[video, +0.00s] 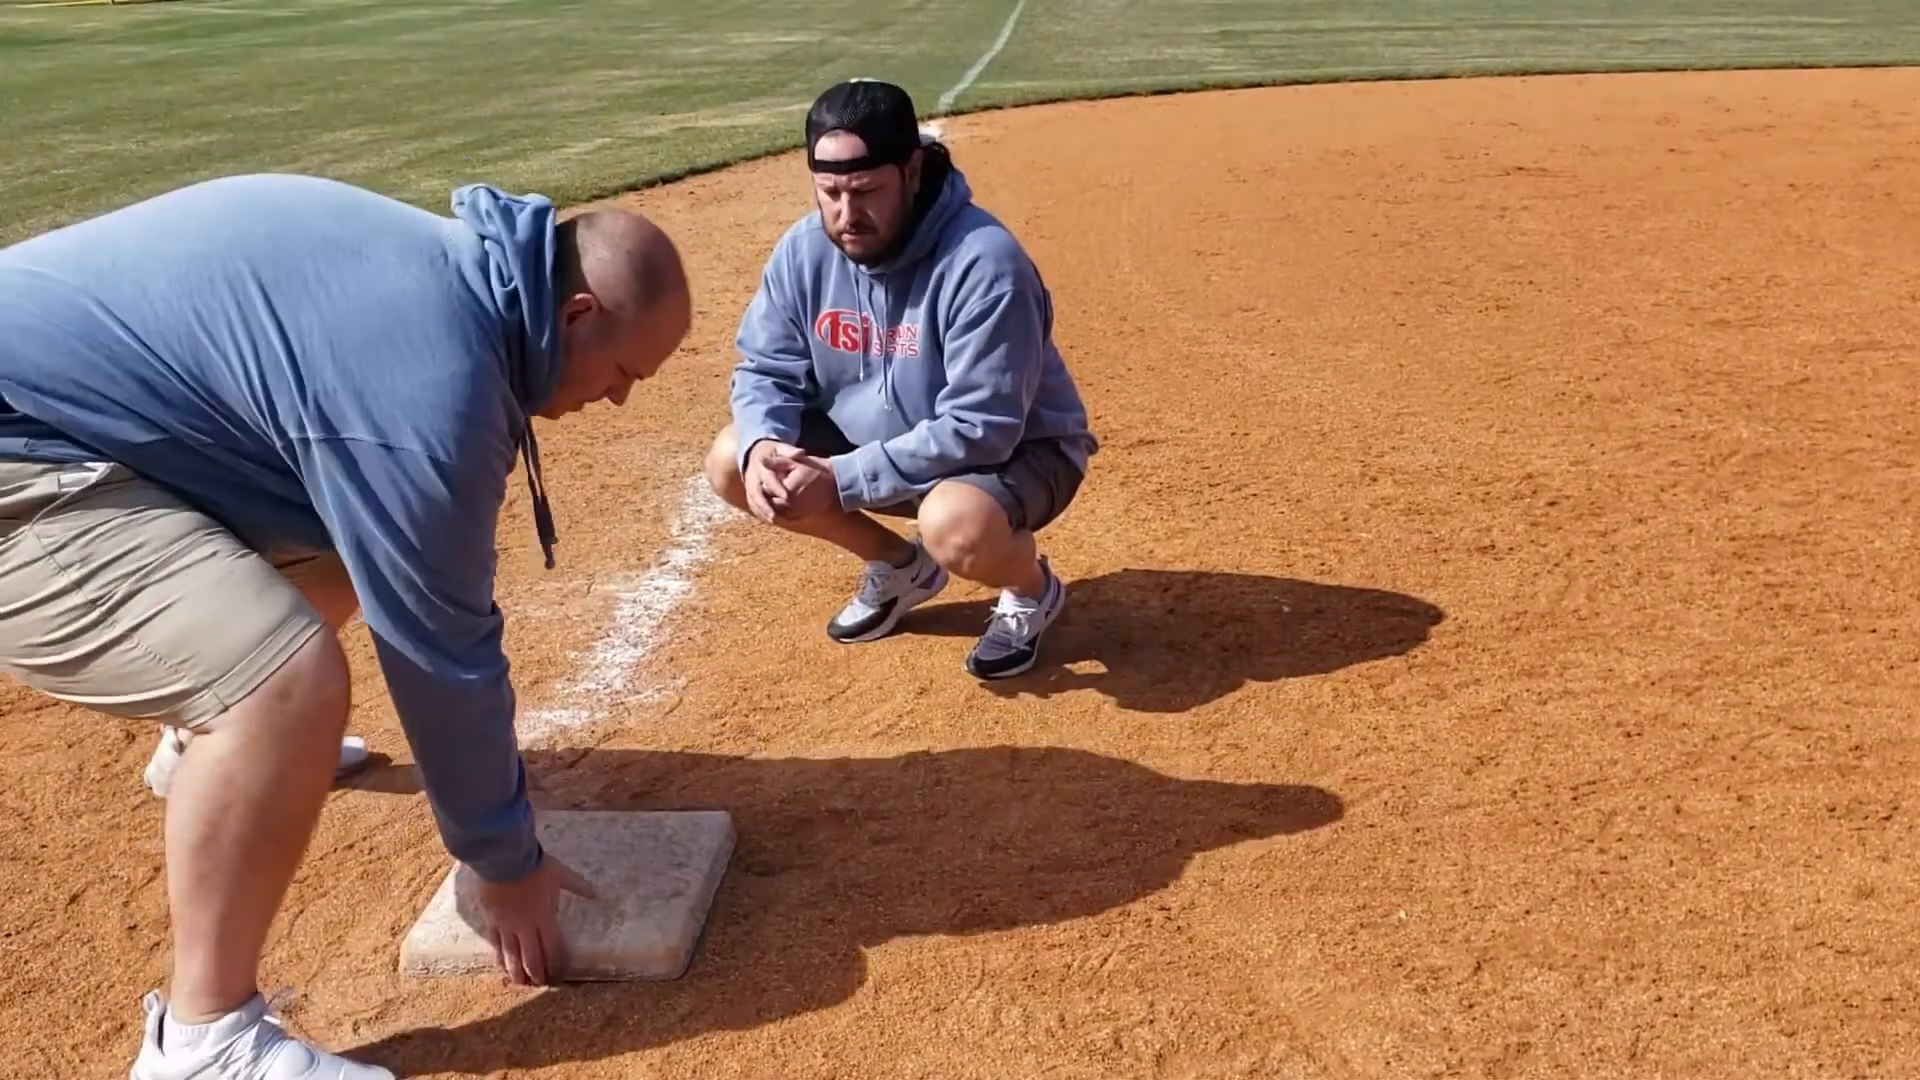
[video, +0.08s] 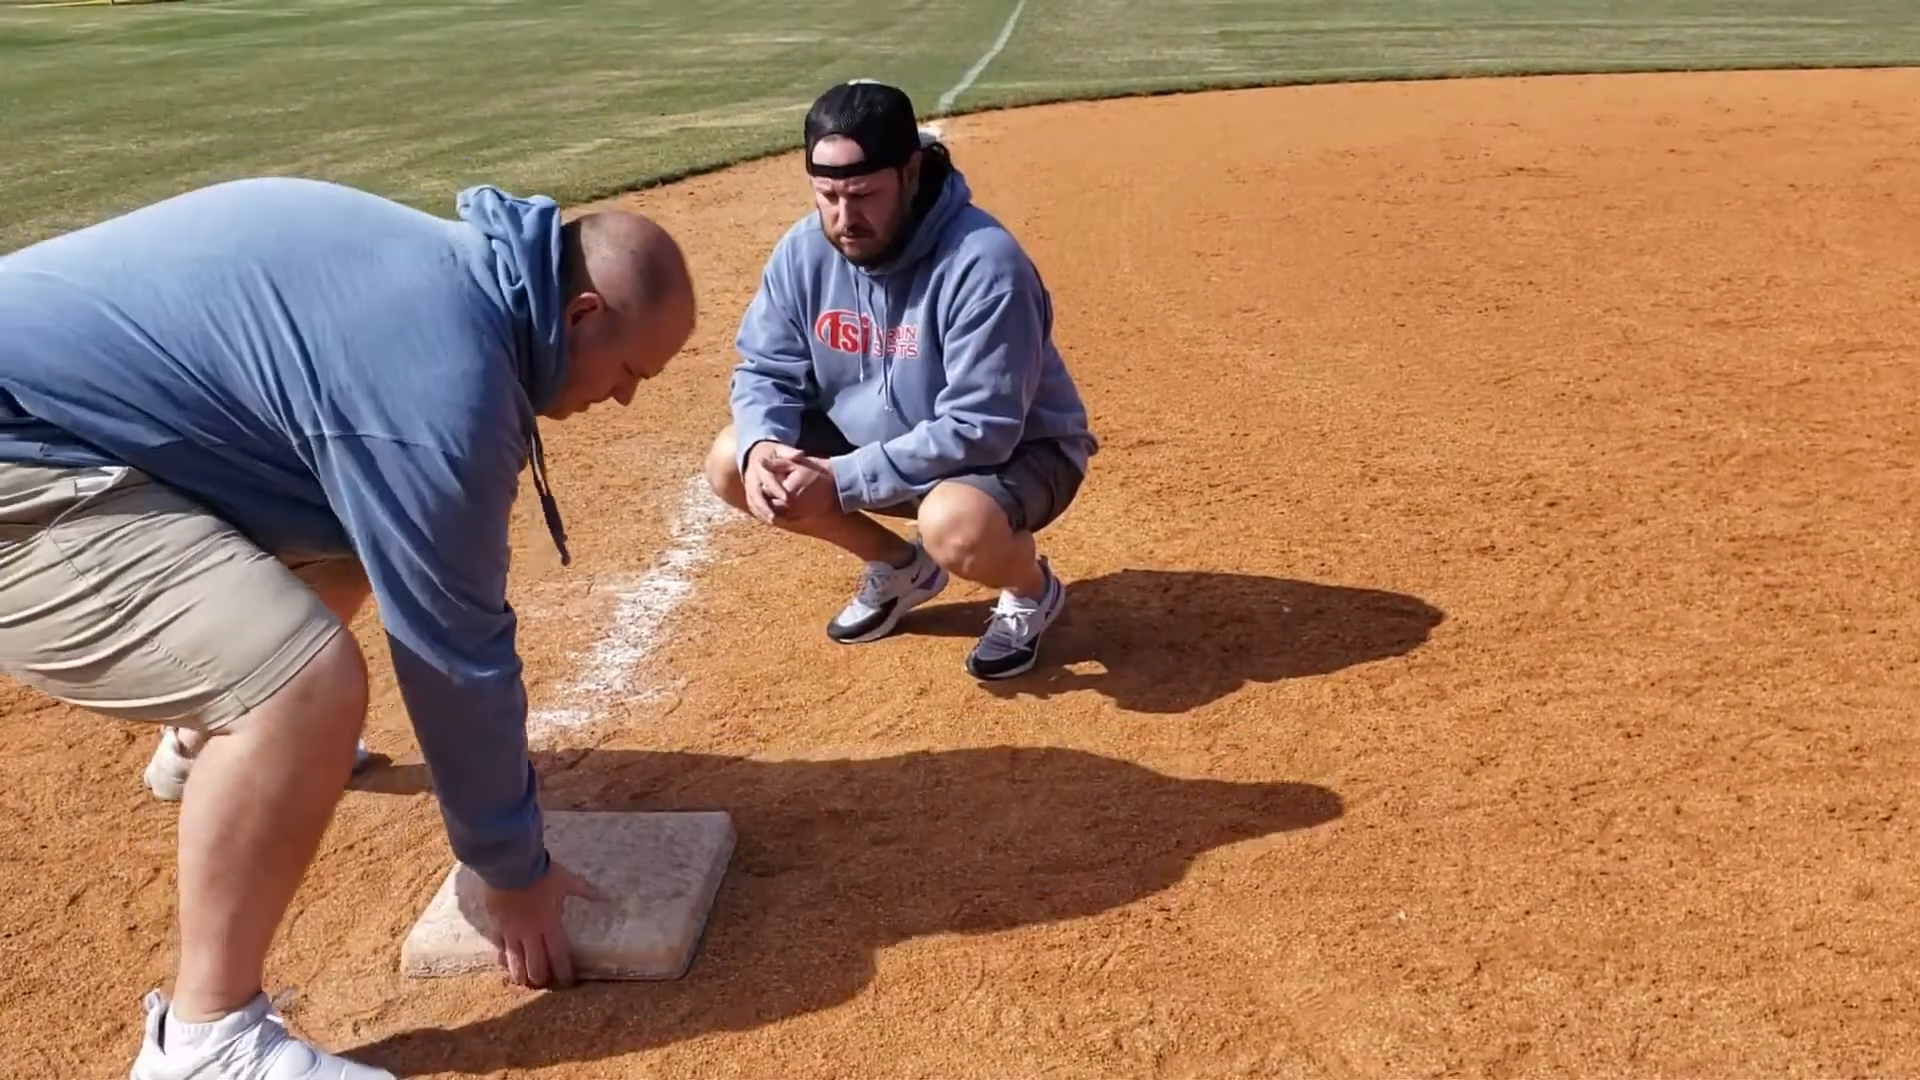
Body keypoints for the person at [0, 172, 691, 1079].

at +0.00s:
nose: (611, 396)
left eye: (630, 382)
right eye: (622, 372)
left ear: (569, 296)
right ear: (574, 312)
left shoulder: (436, 271)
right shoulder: (425, 385)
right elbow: (445, 656)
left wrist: (492, 782)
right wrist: (504, 862)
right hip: (23, 454)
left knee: (326, 562)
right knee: (284, 675)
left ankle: (213, 742)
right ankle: (202, 1033)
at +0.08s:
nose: (617, 397)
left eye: (637, 382)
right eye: (628, 371)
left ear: (575, 297)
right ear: (580, 313)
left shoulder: (439, 271)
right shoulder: (439, 382)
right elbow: (455, 653)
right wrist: (510, 870)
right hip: (24, 456)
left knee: (342, 551)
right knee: (303, 677)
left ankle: (211, 740)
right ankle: (204, 1033)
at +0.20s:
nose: (631, 404)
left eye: (650, 389)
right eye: (642, 380)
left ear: (593, 310)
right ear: (594, 322)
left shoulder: (449, 277)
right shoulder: (462, 394)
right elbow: (479, 668)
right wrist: (531, 889)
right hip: (27, 465)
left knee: (351, 543)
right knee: (333, 685)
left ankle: (206, 740)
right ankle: (209, 1033)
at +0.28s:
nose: (638, 410)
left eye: (656, 395)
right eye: (647, 386)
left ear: (600, 317)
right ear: (600, 329)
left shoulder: (458, 283)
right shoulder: (468, 401)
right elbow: (479, 671)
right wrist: (534, 889)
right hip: (30, 474)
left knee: (356, 545)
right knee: (343, 683)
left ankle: (208, 742)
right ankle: (211, 1033)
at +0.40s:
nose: (641, 409)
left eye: (660, 394)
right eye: (652, 385)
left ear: (607, 315)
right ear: (608, 330)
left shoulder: (466, 283)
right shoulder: (479, 399)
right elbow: (479, 666)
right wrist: (525, 888)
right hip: (33, 471)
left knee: (356, 547)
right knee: (353, 682)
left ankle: (210, 740)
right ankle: (213, 1026)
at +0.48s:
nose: (644, 410)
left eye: (664, 394)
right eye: (656, 386)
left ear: (610, 316)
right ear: (611, 330)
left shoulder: (470, 286)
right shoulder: (479, 398)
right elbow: (490, 668)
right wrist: (541, 891)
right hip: (35, 468)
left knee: (358, 543)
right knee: (353, 682)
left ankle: (208, 741)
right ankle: (213, 1027)